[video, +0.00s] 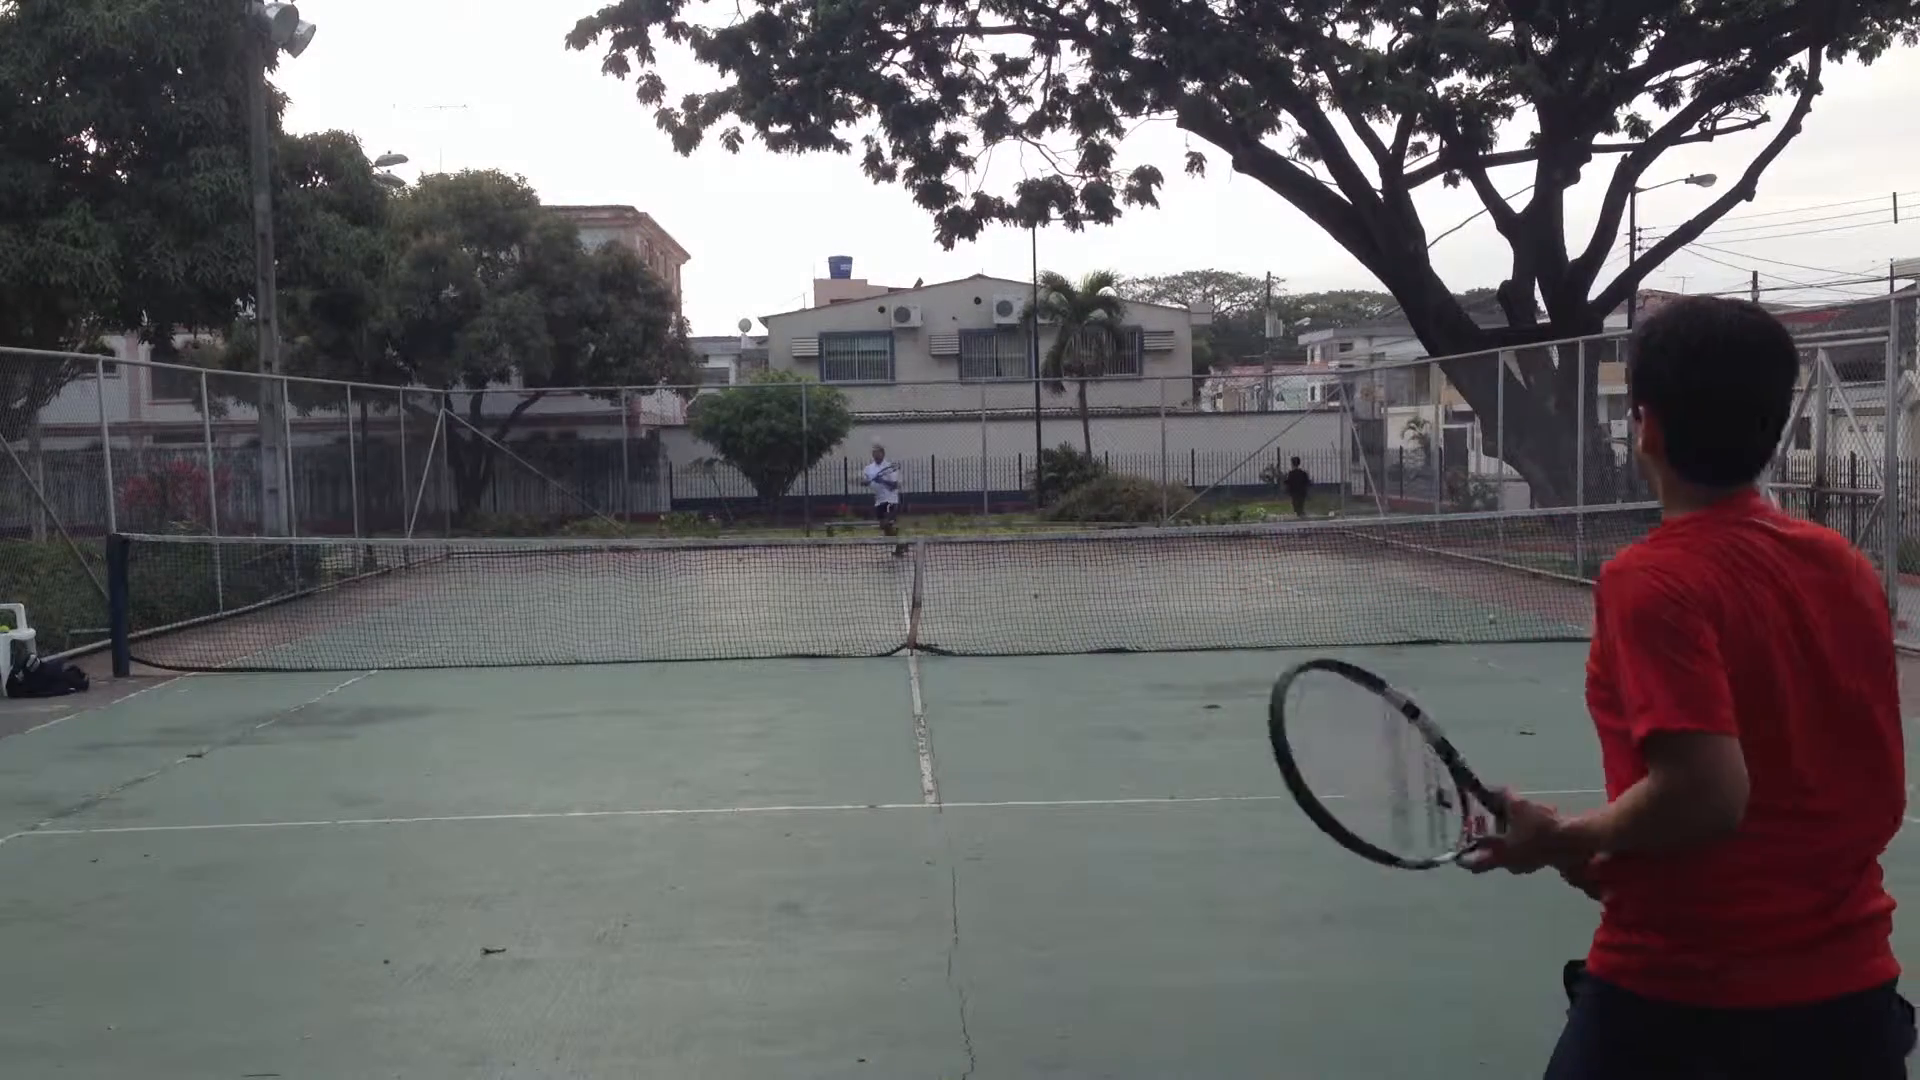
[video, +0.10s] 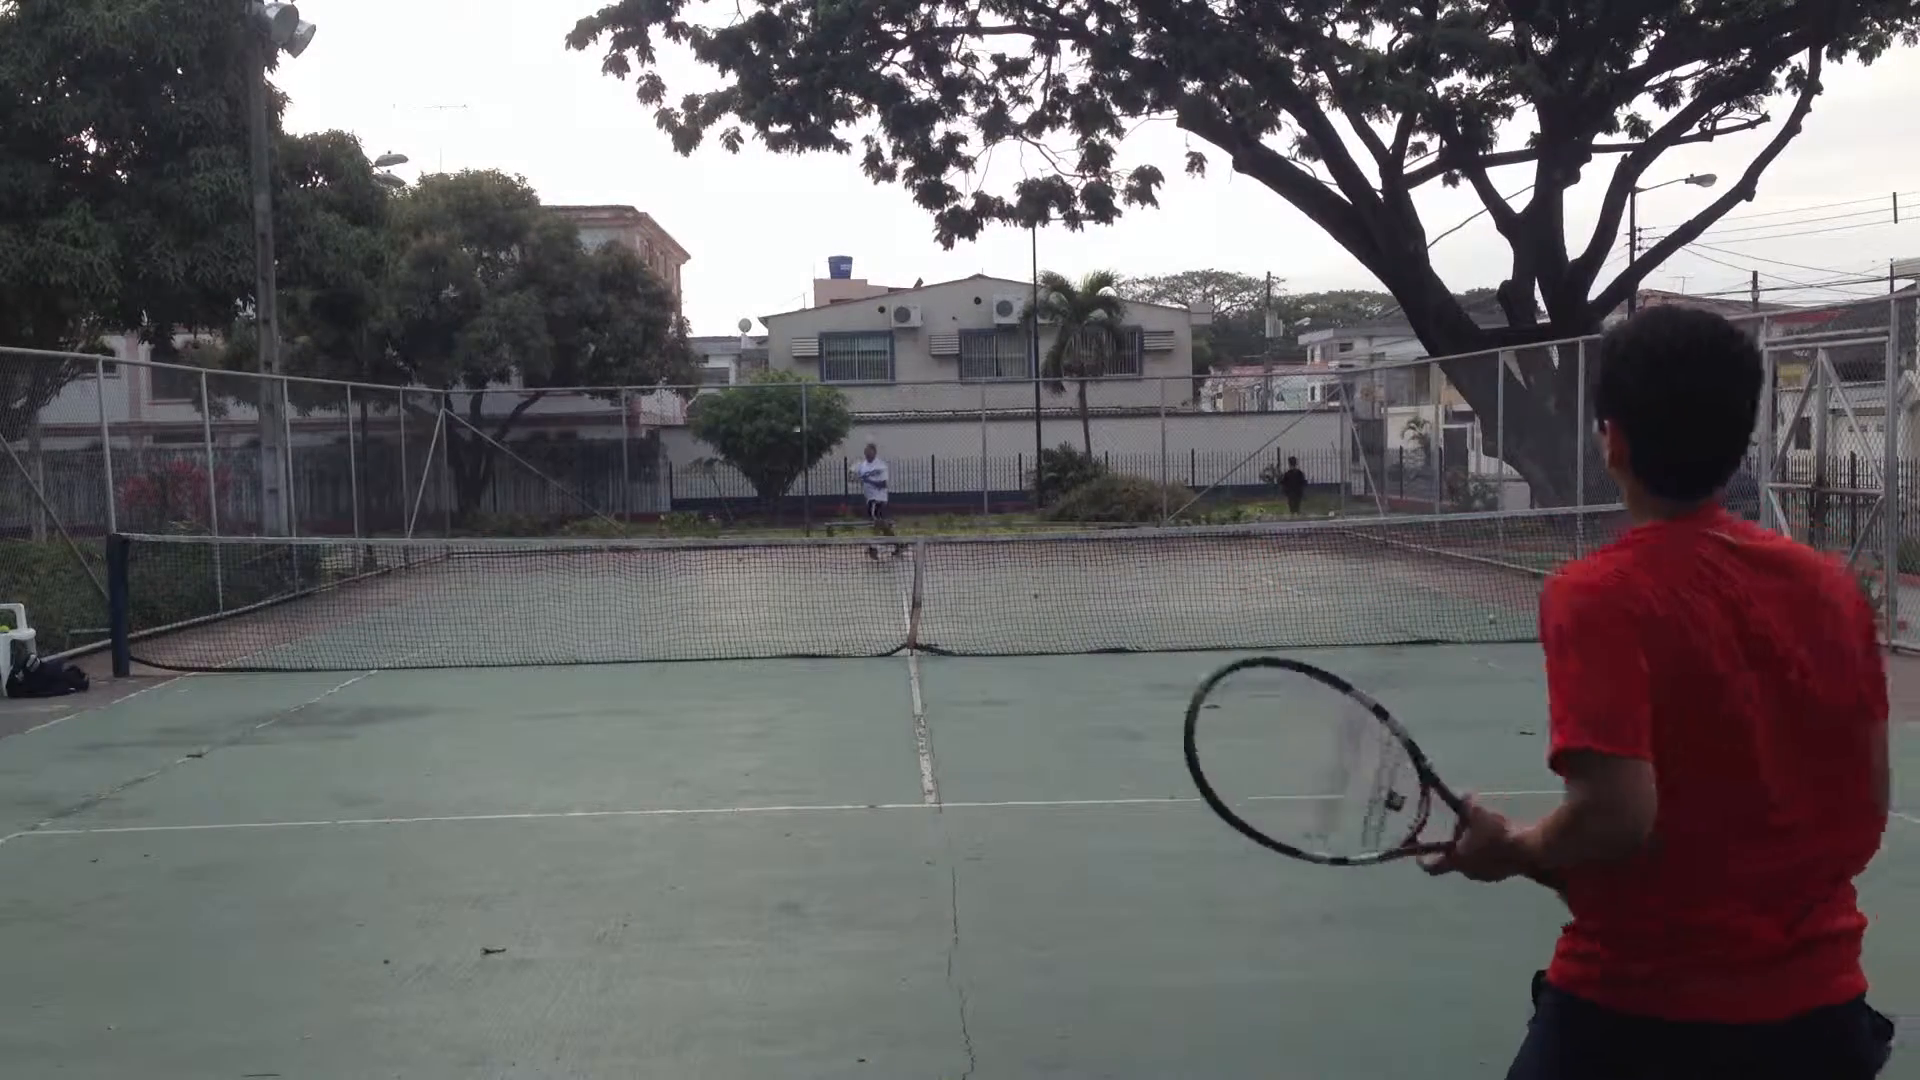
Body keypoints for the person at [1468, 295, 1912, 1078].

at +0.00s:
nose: (1632, 426)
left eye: (1632, 407)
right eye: (1632, 404)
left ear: (1647, 429)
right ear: (1775, 426)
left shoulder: (1651, 577)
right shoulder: (1847, 568)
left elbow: (1705, 793)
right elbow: (1872, 799)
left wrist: (1561, 832)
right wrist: (1628, 854)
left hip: (1672, 1018)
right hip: (1848, 1010)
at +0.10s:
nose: (1602, 436)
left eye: (1602, 419)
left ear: (1613, 443)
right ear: (1740, 437)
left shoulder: (1596, 592)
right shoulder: (1829, 586)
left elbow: (1615, 816)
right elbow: (1866, 808)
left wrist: (1512, 846)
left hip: (1628, 1027)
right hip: (1815, 1023)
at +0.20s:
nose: (1542, 458)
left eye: (1543, 443)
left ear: (1556, 467)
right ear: (1680, 460)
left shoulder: (1523, 623)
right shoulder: (1773, 607)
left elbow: (1510, 862)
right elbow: (1830, 833)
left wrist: (1448, 838)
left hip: (1572, 1043)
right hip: (1761, 1038)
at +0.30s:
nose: (1457, 480)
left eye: (1459, 463)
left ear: (1469, 487)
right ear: (1602, 478)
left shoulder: (1427, 648)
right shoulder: (1694, 634)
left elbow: (1389, 889)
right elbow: (1760, 860)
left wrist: (1368, 829)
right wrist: (1633, 898)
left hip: (1480, 1054)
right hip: (1674, 1047)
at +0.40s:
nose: (1362, 487)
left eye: (1364, 471)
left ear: (1373, 494)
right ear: (1501, 494)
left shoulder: (1311, 657)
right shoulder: (1580, 657)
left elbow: (1267, 896)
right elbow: (1668, 881)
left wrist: (1362, 858)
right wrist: (1534, 907)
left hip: (1370, 1056)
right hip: (1564, 1050)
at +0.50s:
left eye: (1280, 453)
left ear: (1288, 476)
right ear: (1423, 476)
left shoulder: (1210, 623)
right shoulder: (1494, 632)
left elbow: (1149, 844)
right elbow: (1576, 856)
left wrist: (1245, 836)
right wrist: (1444, 883)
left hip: (1279, 1050)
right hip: (1473, 1040)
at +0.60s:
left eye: (1216, 385)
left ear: (1224, 412)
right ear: (1361, 412)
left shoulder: (1149, 562)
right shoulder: (1429, 569)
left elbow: (1077, 768)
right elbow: (1506, 794)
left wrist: (1174, 786)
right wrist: (1381, 822)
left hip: (1217, 1006)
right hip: (1401, 995)